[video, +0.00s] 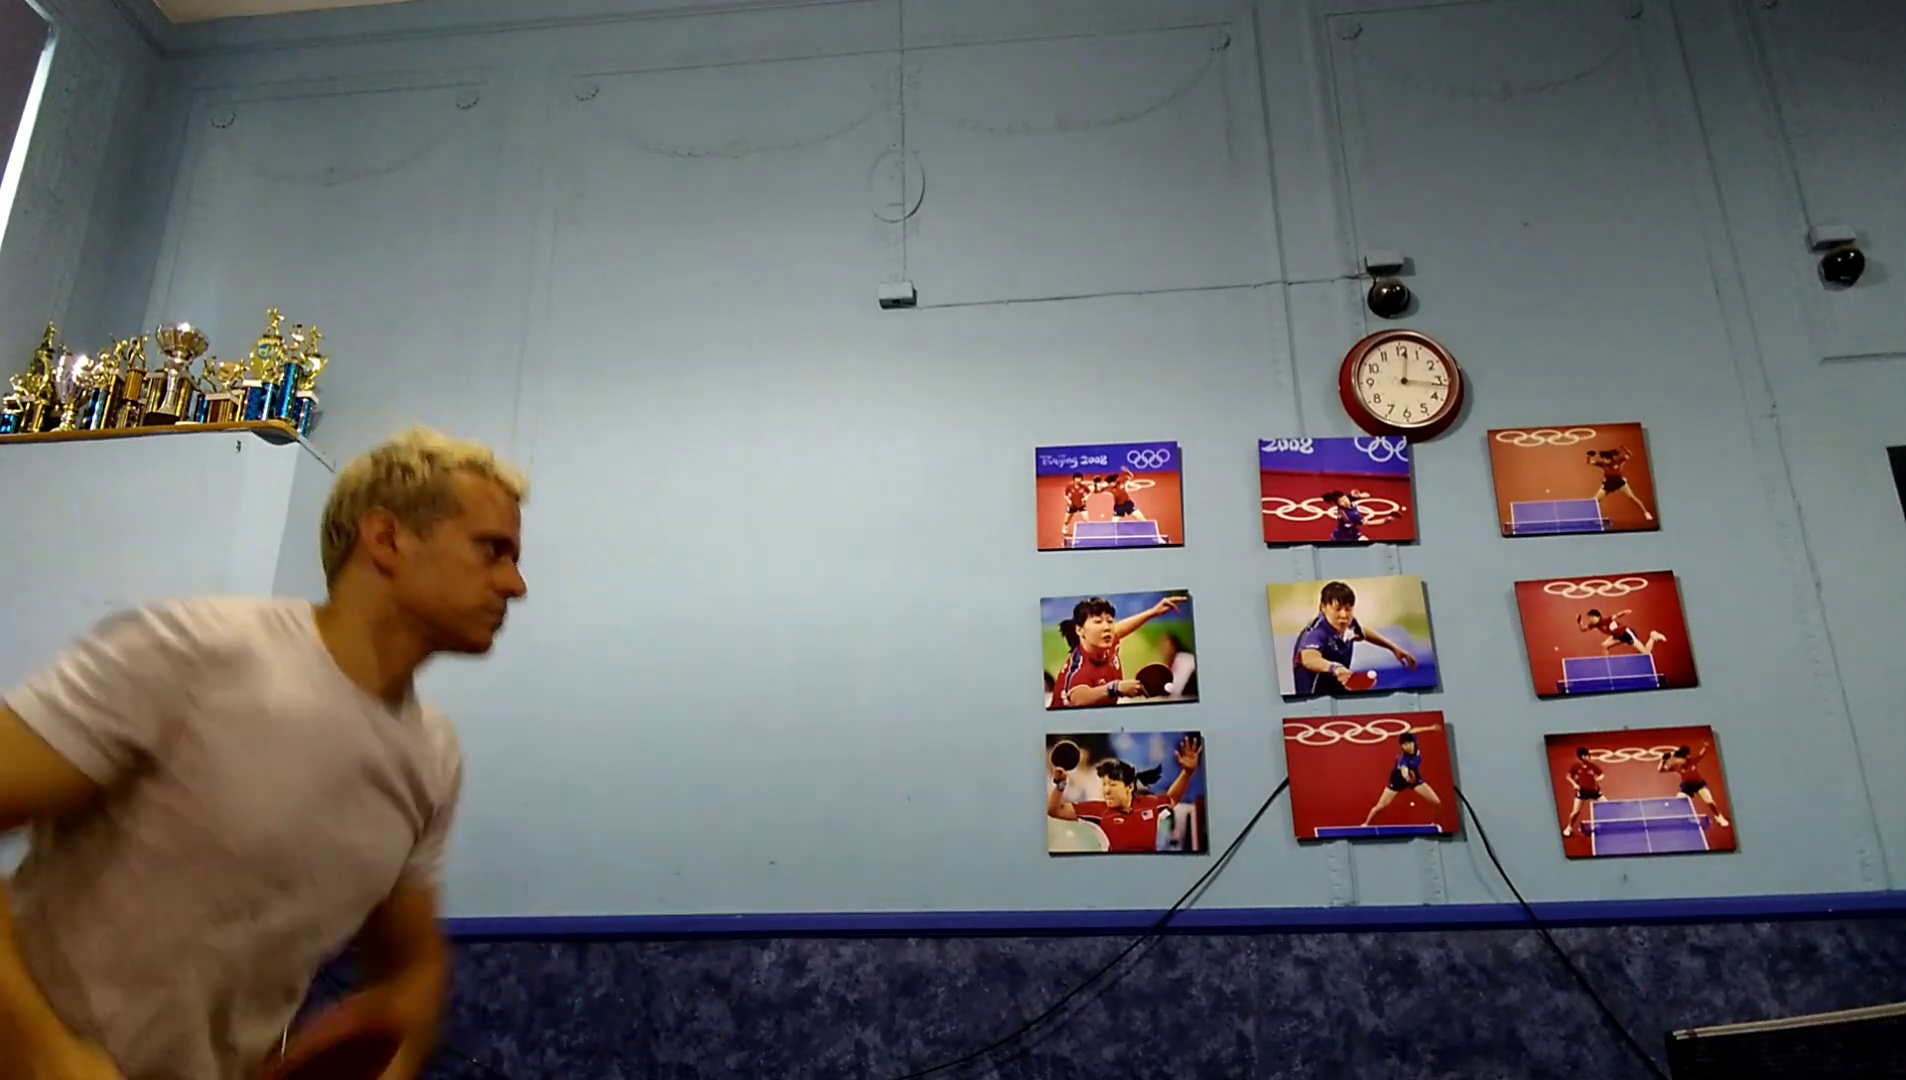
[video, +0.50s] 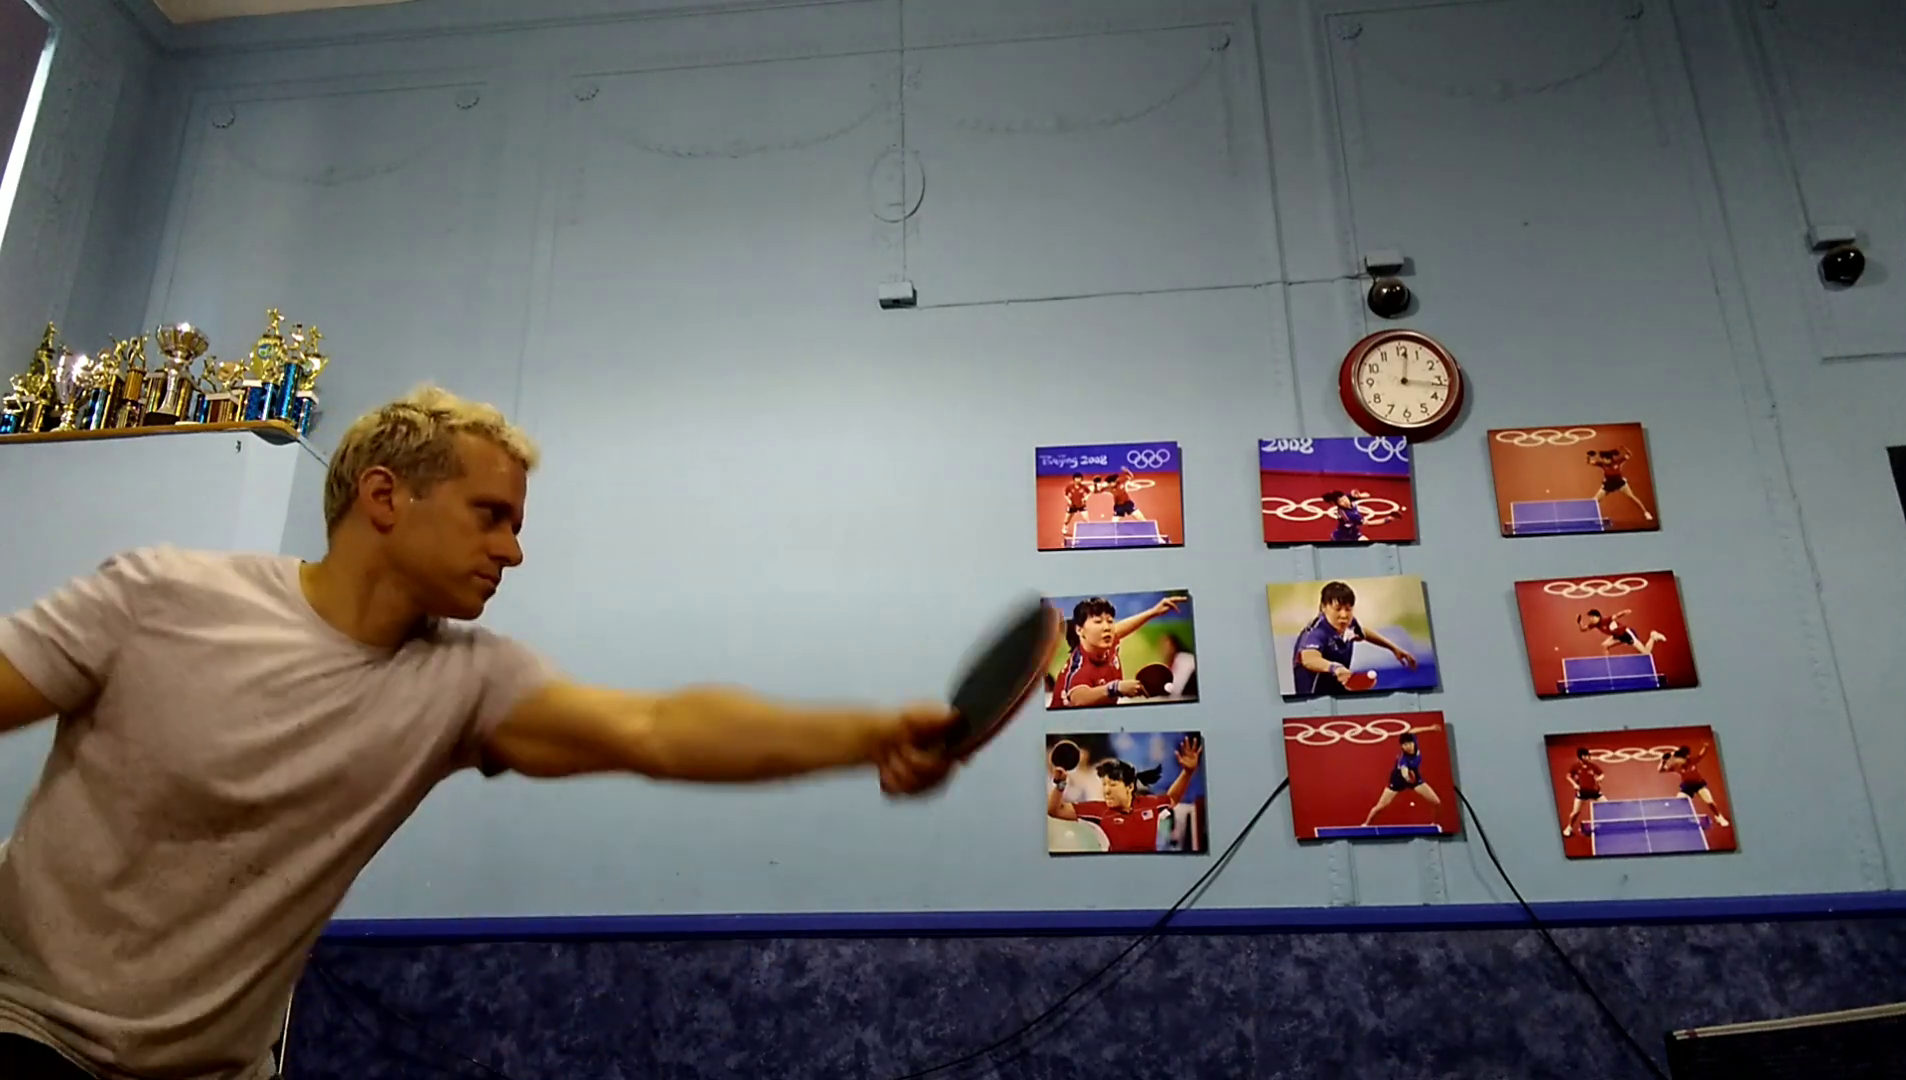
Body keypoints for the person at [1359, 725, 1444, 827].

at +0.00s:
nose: (1408, 747)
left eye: (1409, 744)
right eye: (1405, 745)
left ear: (1413, 743)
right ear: (1402, 746)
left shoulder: (1416, 747)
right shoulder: (1403, 758)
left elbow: (1413, 731)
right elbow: (1404, 771)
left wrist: (1431, 728)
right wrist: (1409, 778)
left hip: (1415, 779)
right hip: (1398, 781)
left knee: (1436, 802)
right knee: (1381, 805)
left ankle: (1434, 823)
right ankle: (1366, 823)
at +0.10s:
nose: (1408, 747)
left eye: (1409, 744)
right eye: (1405, 745)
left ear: (1413, 743)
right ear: (1402, 746)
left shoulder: (1416, 747)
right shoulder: (1403, 758)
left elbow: (1413, 731)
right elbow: (1404, 771)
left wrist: (1431, 728)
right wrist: (1409, 778)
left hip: (1415, 779)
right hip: (1398, 781)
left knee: (1436, 802)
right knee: (1381, 805)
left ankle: (1434, 823)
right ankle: (1366, 823)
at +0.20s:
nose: (1408, 747)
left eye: (1409, 744)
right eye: (1405, 745)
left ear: (1413, 743)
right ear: (1402, 746)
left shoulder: (1416, 747)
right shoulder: (1403, 759)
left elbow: (1414, 731)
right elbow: (1404, 771)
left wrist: (1431, 728)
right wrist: (1408, 778)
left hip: (1415, 779)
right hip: (1398, 781)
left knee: (1436, 802)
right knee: (1381, 805)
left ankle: (1434, 823)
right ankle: (1366, 823)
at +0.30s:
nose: (1408, 747)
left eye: (1409, 744)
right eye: (1405, 745)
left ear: (1413, 743)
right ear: (1402, 746)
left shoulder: (1416, 746)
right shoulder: (1403, 758)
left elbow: (1413, 731)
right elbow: (1404, 771)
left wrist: (1431, 728)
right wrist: (1409, 778)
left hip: (1415, 779)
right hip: (1398, 781)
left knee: (1436, 802)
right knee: (1381, 805)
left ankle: (1434, 823)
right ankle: (1366, 823)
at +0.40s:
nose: (1408, 747)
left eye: (1409, 744)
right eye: (1405, 745)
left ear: (1413, 743)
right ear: (1402, 746)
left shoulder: (1415, 747)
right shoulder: (1403, 759)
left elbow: (1413, 731)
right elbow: (1404, 771)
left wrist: (1431, 728)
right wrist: (1409, 778)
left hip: (1415, 779)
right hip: (1398, 781)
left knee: (1436, 802)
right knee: (1381, 805)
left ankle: (1434, 823)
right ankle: (1366, 823)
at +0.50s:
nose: (1408, 747)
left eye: (1409, 744)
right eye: (1405, 745)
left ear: (1413, 743)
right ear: (1402, 746)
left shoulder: (1416, 747)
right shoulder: (1403, 759)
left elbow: (1414, 731)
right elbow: (1404, 771)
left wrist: (1431, 728)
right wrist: (1409, 778)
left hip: (1415, 779)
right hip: (1398, 781)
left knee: (1436, 802)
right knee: (1381, 805)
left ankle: (1434, 823)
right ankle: (1366, 823)